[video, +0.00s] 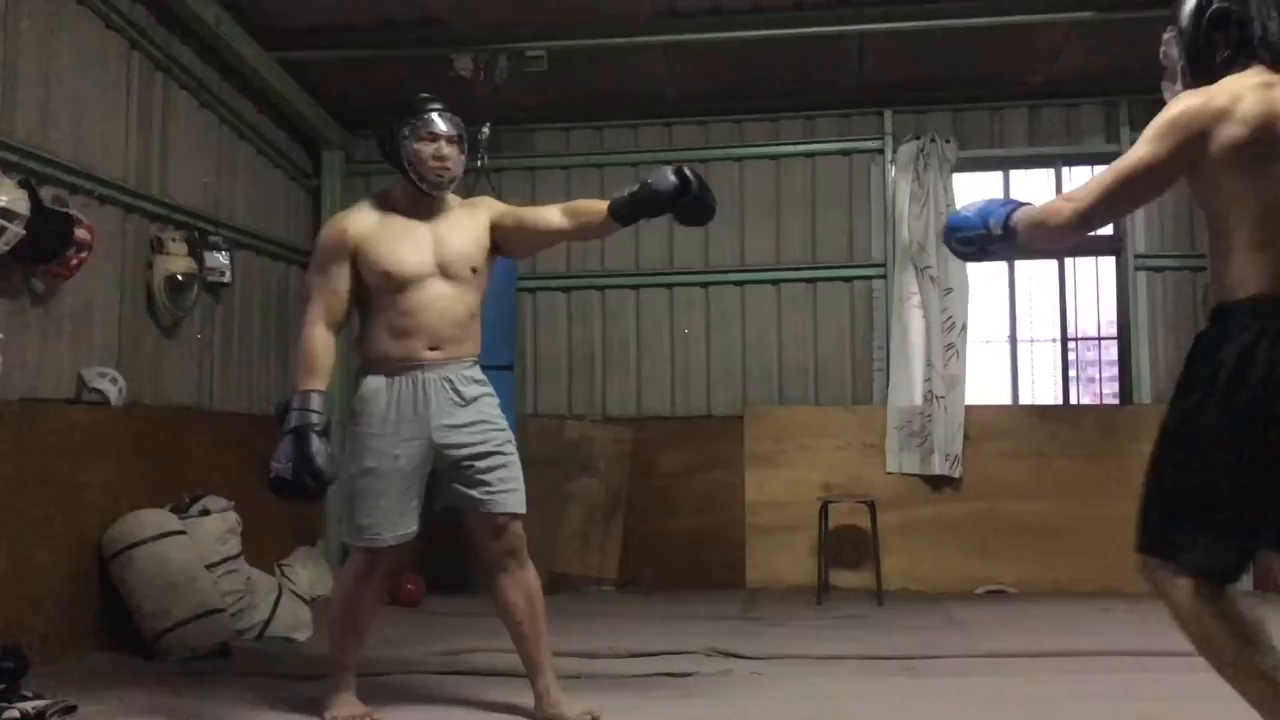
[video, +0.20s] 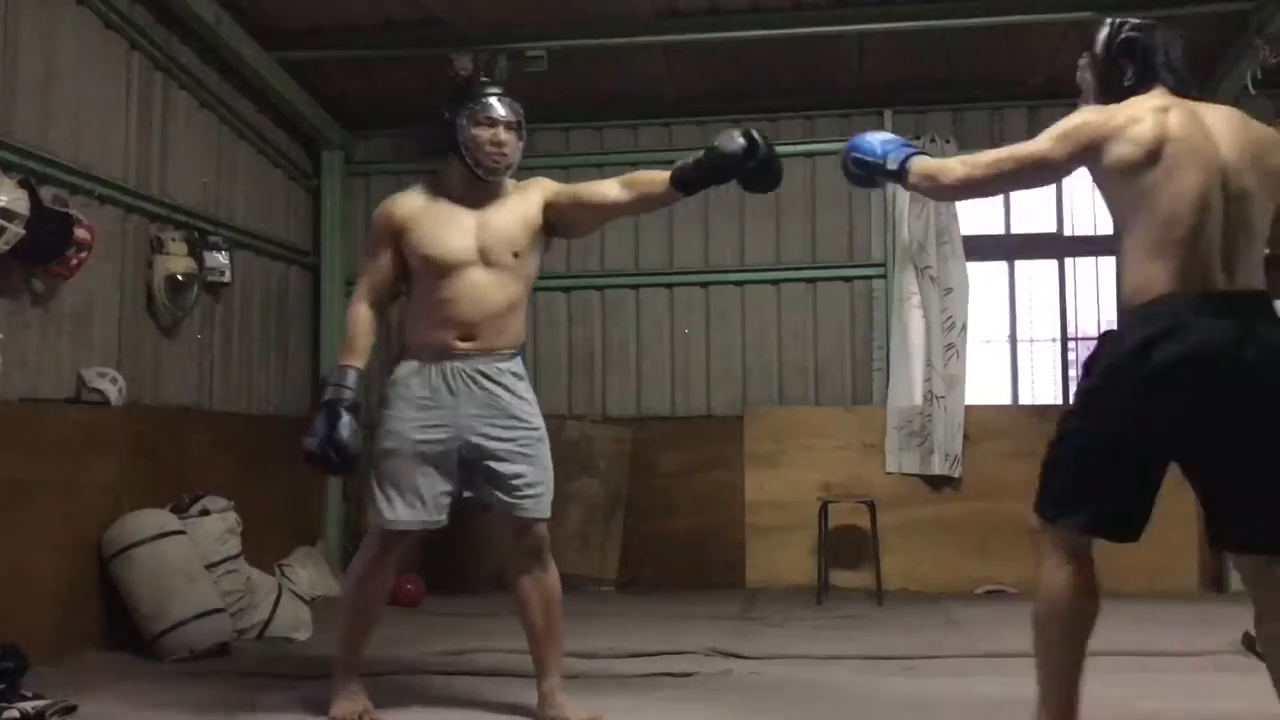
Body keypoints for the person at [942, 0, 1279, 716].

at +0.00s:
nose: (1170, 82)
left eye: (1174, 67)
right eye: (1168, 70)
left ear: (1202, 53)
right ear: (1257, 43)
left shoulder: (1207, 109)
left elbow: (1072, 218)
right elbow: (1082, 218)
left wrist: (1003, 223)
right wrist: (1014, 230)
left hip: (1250, 342)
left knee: (1175, 562)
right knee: (1273, 563)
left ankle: (1273, 699)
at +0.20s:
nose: (1082, 97)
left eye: (1086, 85)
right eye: (1082, 85)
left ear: (1115, 79)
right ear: (1171, 74)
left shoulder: (1107, 123)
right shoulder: (1261, 135)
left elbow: (953, 178)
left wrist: (897, 159)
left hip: (1153, 350)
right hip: (1257, 353)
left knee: (1063, 533)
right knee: (1265, 561)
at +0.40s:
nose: (1018, 130)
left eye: (1020, 119)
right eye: (1018, 120)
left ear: (1047, 110)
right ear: (1096, 110)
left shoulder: (1030, 154)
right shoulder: (1177, 178)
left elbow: (908, 205)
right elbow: (1222, 297)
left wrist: (850, 186)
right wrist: (1137, 315)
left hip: (1061, 377)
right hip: (1159, 379)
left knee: (986, 549)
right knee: (1195, 556)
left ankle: (1012, 714)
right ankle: (1264, 702)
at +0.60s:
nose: (1007, 127)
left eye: (1008, 117)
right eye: (1004, 118)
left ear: (1036, 105)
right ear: (1079, 105)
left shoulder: (1017, 150)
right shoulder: (1155, 171)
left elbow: (921, 240)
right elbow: (1202, 284)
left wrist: (853, 286)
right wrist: (1128, 308)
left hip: (1054, 354)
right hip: (1140, 355)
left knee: (1003, 555)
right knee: (1149, 529)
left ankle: (1016, 713)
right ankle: (1201, 696)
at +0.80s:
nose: (1015, 150)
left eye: (1017, 136)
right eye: (1014, 137)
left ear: (1044, 128)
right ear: (1081, 128)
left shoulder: (1045, 178)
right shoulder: (1150, 193)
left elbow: (1002, 279)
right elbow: (1193, 311)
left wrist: (934, 351)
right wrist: (1104, 329)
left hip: (1075, 381)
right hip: (1150, 380)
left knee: (1004, 548)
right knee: (1165, 546)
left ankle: (1018, 714)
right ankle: (1218, 701)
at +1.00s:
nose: (1012, 138)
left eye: (1016, 122)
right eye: (1010, 124)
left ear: (1047, 114)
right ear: (1083, 116)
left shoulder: (1066, 156)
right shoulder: (1141, 182)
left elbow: (1061, 230)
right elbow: (1175, 291)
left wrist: (979, 290)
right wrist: (1071, 307)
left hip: (1078, 370)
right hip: (1150, 370)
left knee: (1001, 525)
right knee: (1166, 538)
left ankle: (1023, 704)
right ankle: (1219, 696)